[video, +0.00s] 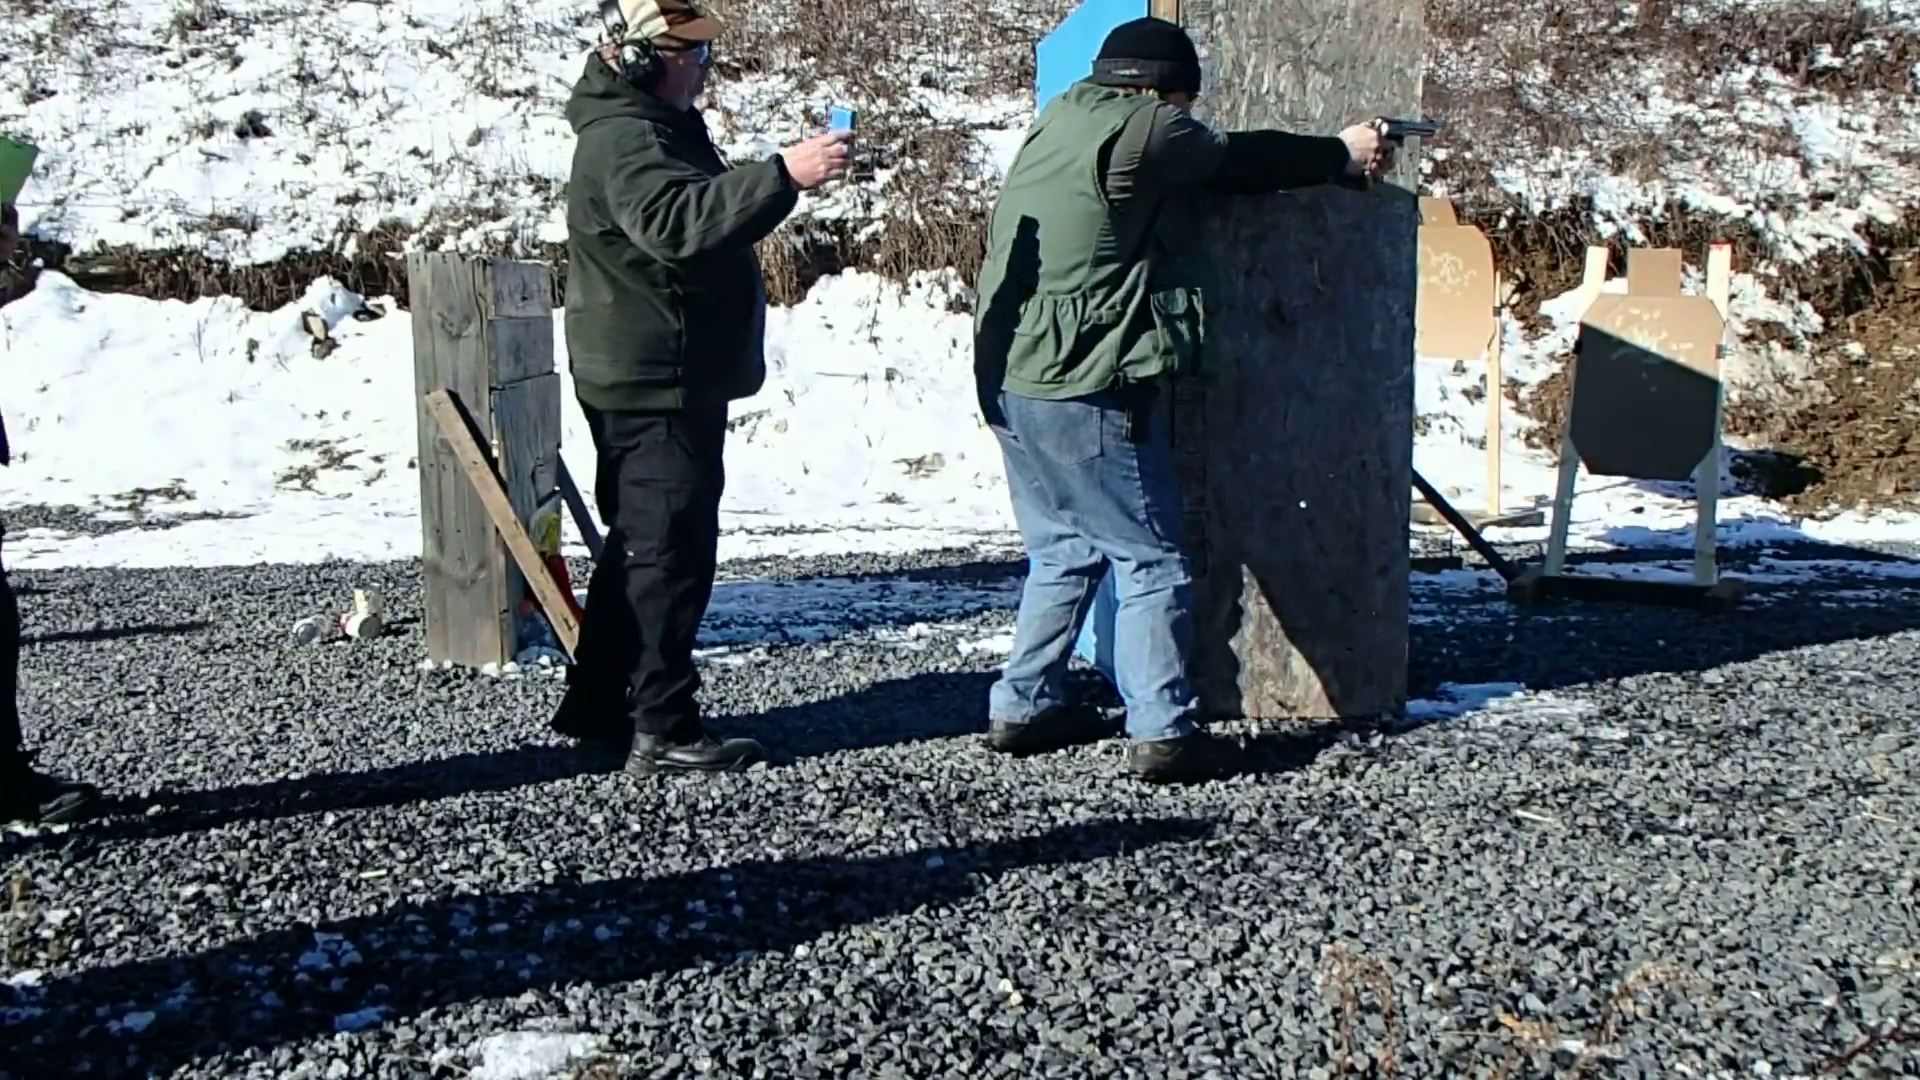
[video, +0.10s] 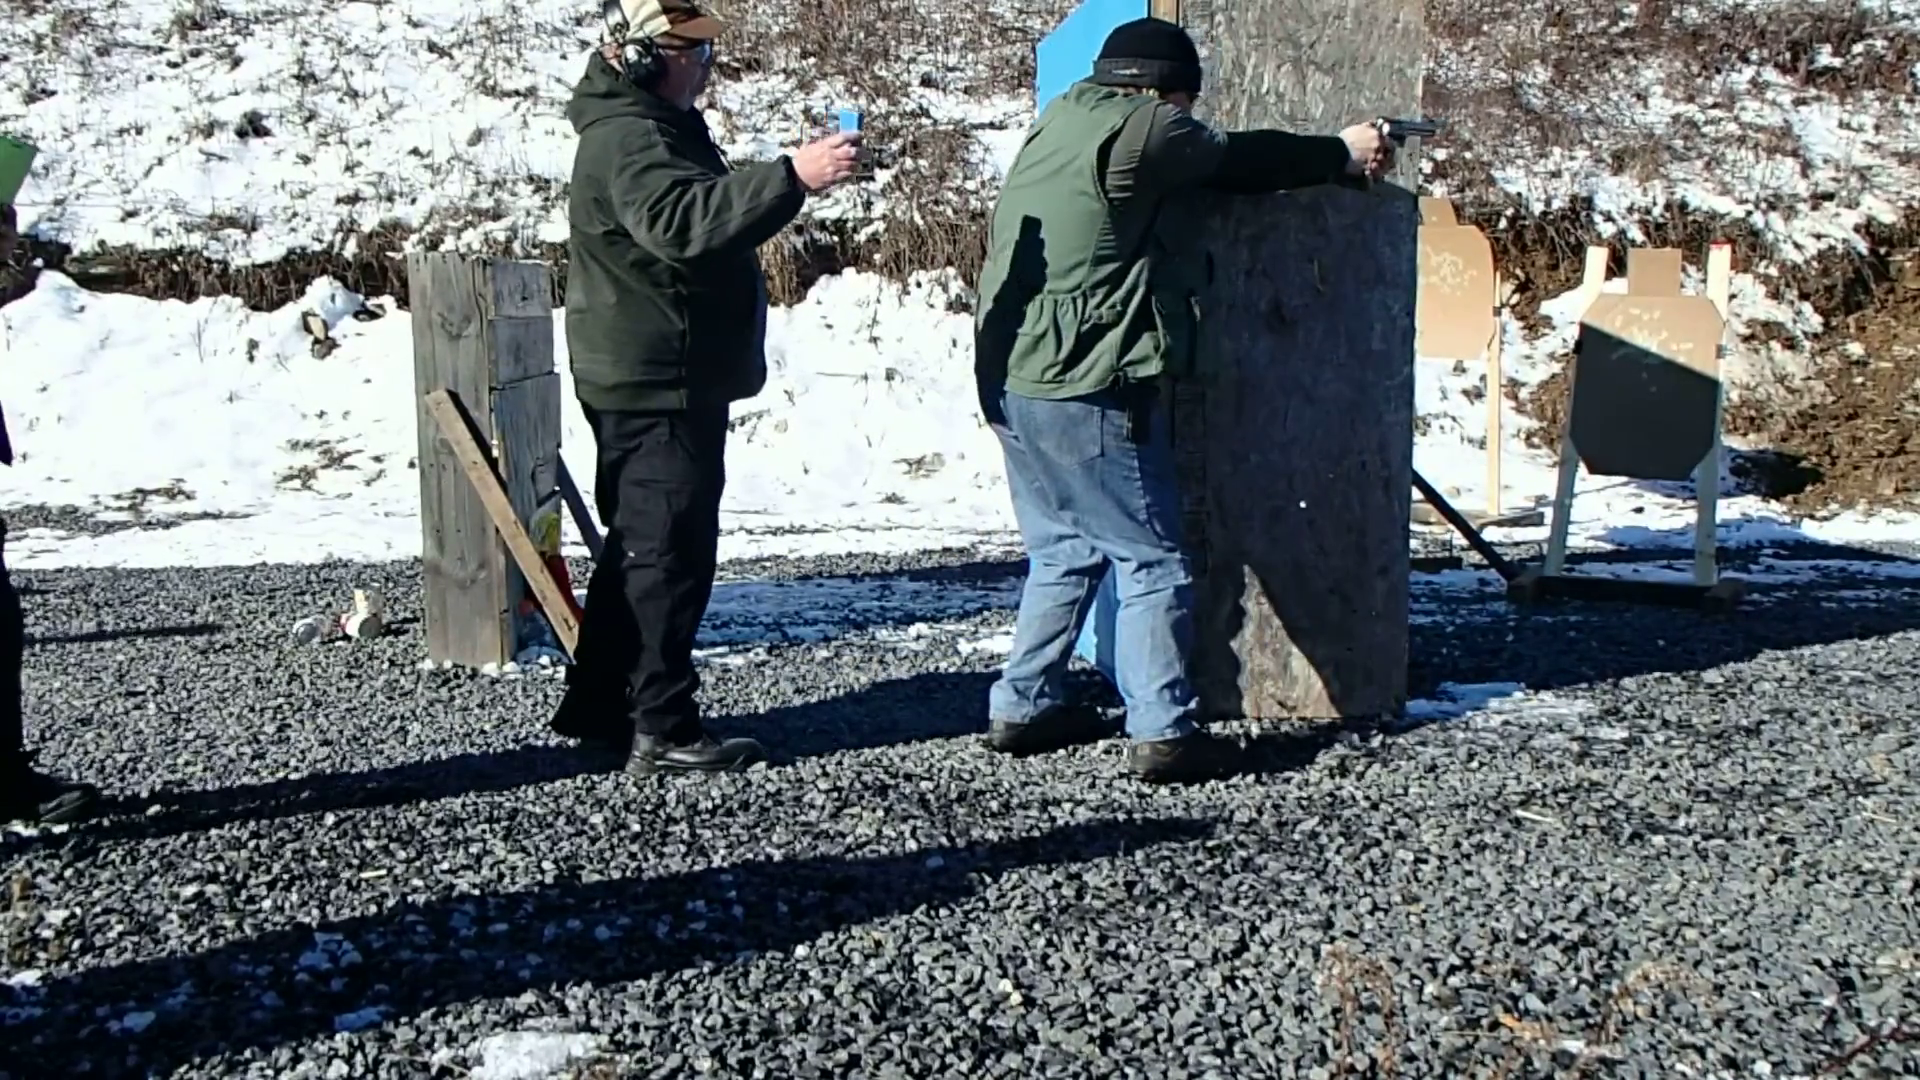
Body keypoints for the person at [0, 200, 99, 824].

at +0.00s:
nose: (16, 245)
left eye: (13, 225)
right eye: (9, 227)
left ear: (13, 233)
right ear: (3, 236)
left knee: (6, 618)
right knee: (4, 617)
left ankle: (16, 775)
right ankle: (13, 778)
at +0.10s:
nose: (17, 249)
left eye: (14, 232)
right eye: (10, 232)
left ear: (13, 240)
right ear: (4, 243)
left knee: (8, 615)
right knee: (6, 614)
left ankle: (17, 775)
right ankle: (14, 778)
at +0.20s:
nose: (14, 246)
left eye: (12, 227)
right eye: (9, 228)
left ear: (13, 235)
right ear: (4, 238)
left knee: (6, 616)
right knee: (4, 615)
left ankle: (16, 774)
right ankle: (13, 777)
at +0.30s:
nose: (13, 247)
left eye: (12, 228)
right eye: (9, 229)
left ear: (13, 235)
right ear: (5, 239)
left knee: (6, 615)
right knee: (4, 614)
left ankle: (16, 775)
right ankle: (13, 778)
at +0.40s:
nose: (16, 252)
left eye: (13, 233)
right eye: (11, 234)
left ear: (13, 242)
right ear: (7, 245)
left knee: (6, 613)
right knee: (4, 612)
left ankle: (17, 775)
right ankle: (14, 778)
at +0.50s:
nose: (15, 250)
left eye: (13, 231)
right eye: (10, 232)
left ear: (14, 239)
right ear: (5, 243)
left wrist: (4, 434)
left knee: (6, 616)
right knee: (5, 615)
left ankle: (17, 774)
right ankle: (15, 776)